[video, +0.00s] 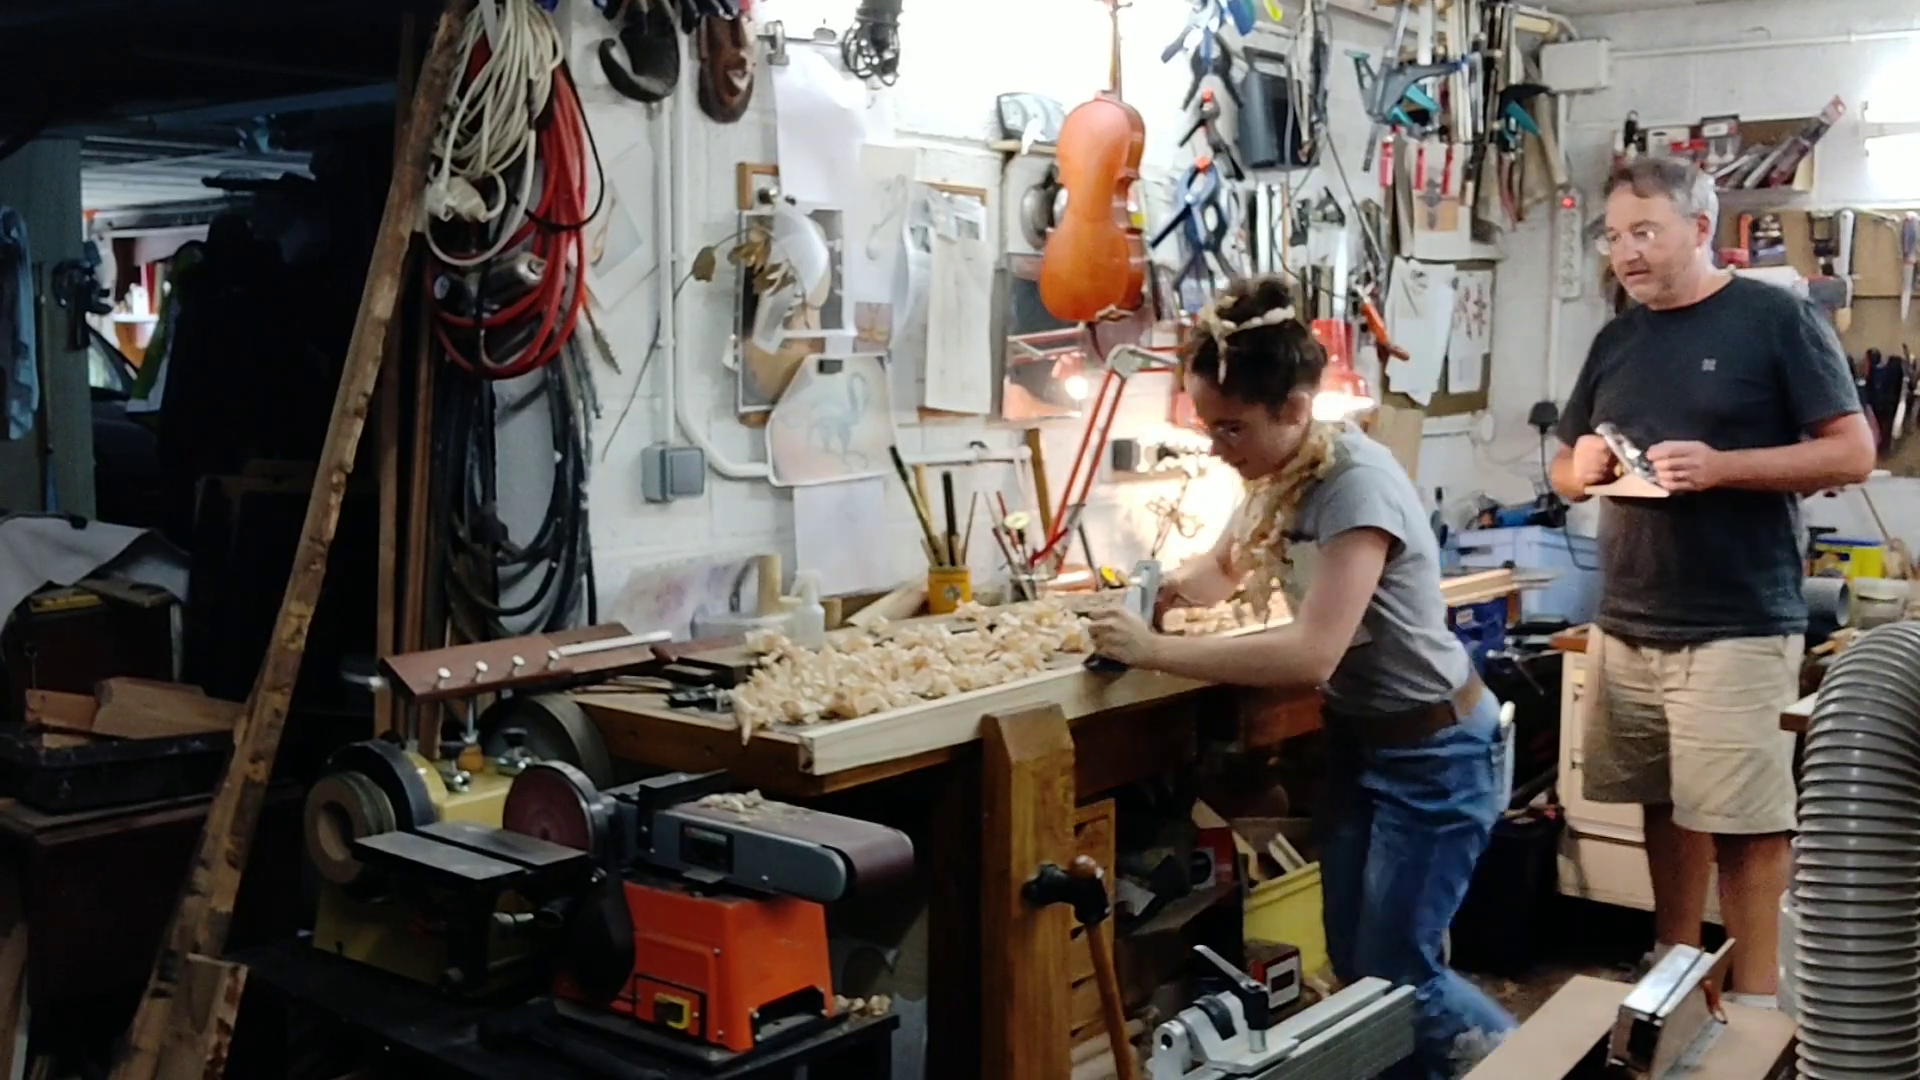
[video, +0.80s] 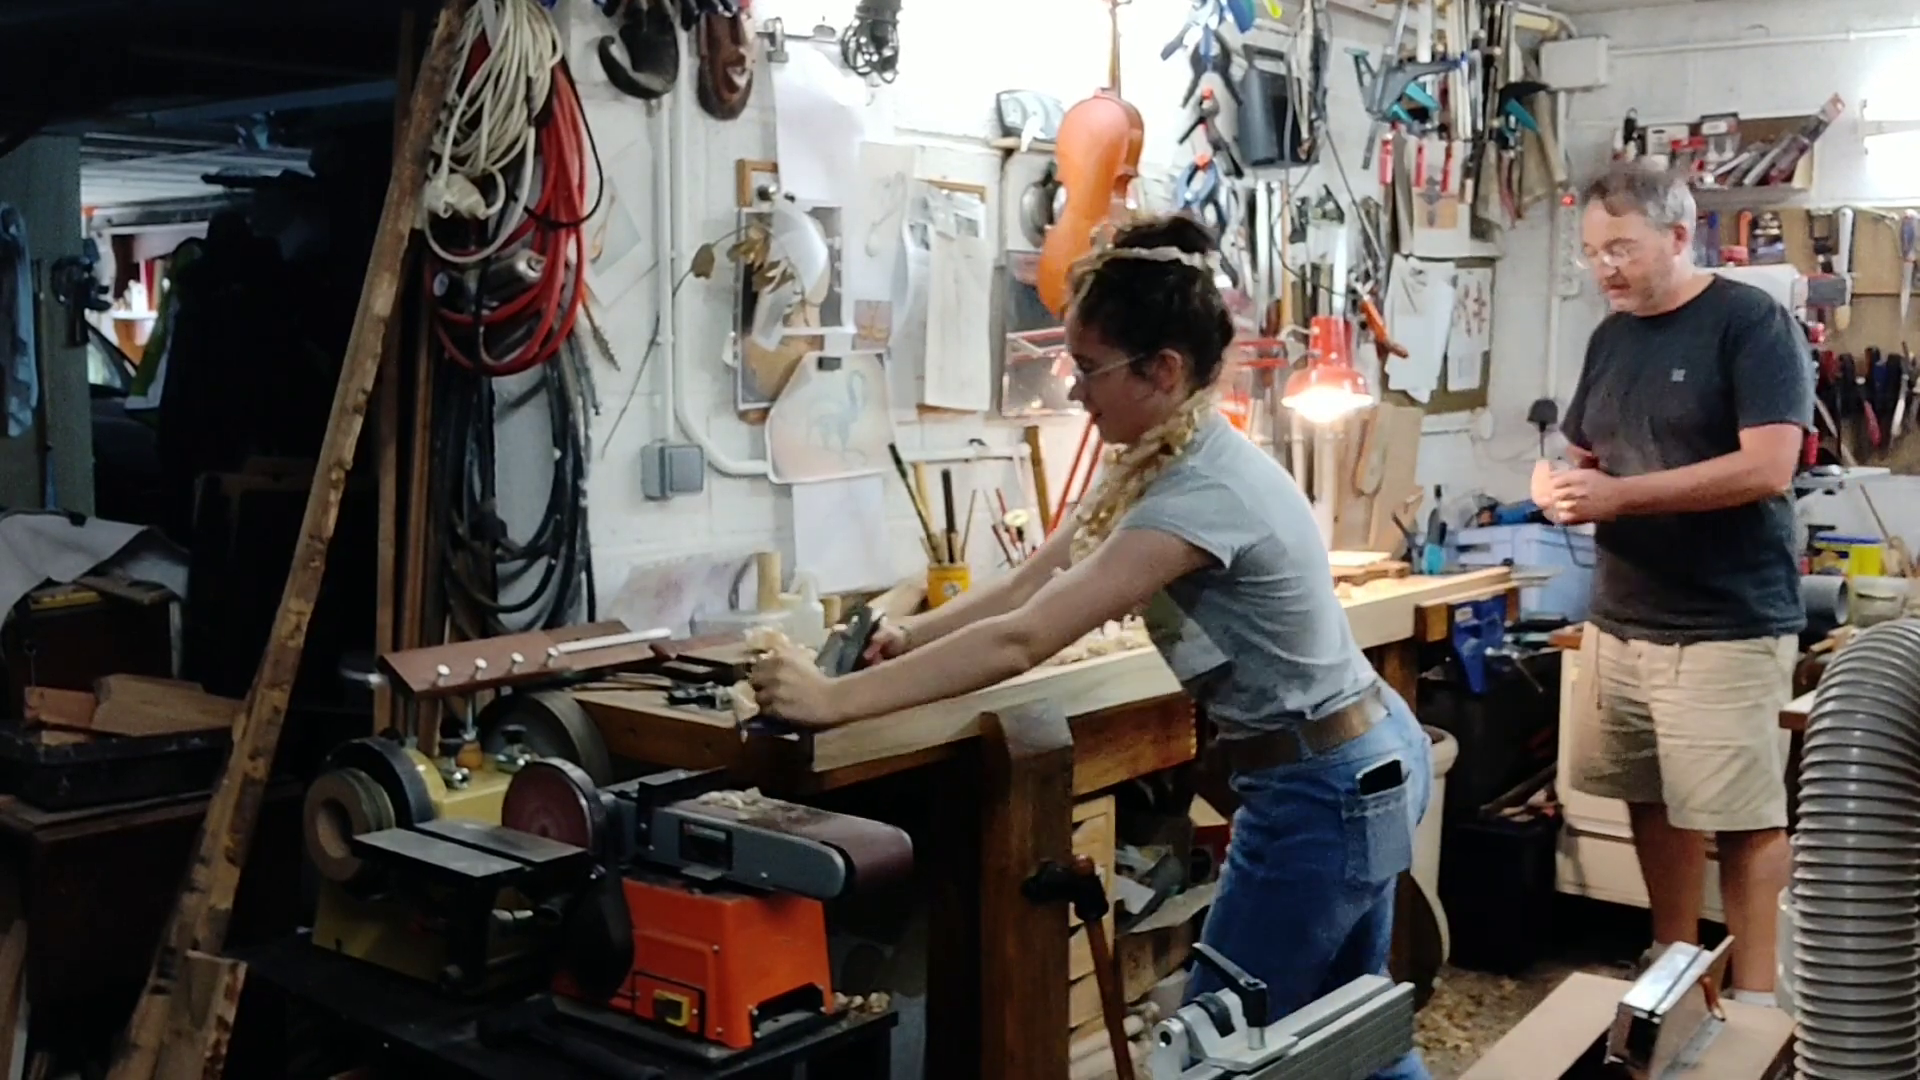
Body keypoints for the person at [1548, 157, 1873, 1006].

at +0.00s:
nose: (1626, 251)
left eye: (1644, 231)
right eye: (1614, 235)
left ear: (1701, 228)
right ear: (1606, 243)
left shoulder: (1777, 313)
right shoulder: (1615, 339)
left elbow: (1855, 451)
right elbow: (1565, 465)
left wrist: (1723, 464)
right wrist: (1581, 468)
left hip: (1740, 630)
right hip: (1634, 627)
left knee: (1744, 829)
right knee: (1667, 810)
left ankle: (1753, 1006)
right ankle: (1676, 972)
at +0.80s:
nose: (1604, 268)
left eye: (1620, 248)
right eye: (1594, 252)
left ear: (1679, 236)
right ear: (1588, 250)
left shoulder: (1752, 319)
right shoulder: (1610, 334)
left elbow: (1770, 466)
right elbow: (1580, 445)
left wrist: (1617, 494)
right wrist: (1555, 477)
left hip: (1730, 627)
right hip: (1626, 622)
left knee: (1746, 818)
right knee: (1656, 806)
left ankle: (1755, 995)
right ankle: (1674, 966)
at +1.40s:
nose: (1497, 359)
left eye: (1504, 338)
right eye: (1488, 345)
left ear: (1561, 308)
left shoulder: (1650, 369)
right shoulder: (1545, 391)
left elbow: (1664, 529)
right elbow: (1562, 504)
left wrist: (1546, 552)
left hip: (1707, 629)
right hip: (1607, 631)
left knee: (1697, 815)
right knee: (1612, 808)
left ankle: (1756, 999)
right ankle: (1663, 967)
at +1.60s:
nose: (1492, 386)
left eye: (1494, 368)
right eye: (1483, 372)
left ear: (1537, 332)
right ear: (1529, 334)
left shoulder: (1634, 382)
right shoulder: (1537, 398)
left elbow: (1653, 544)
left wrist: (1539, 552)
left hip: (1702, 627)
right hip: (1605, 627)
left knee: (1694, 819)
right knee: (1608, 807)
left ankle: (1729, 1011)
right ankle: (1664, 969)